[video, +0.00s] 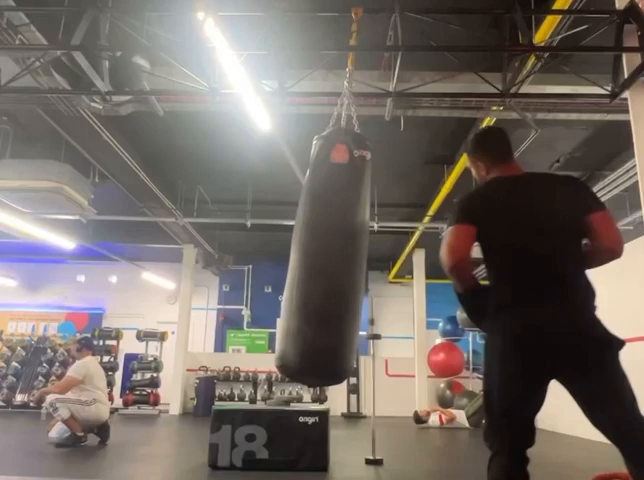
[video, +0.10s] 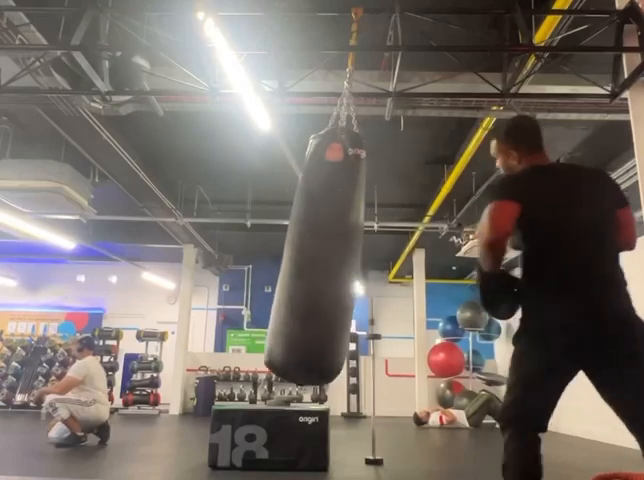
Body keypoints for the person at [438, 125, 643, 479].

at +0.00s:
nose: (473, 176)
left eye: (472, 169)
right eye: (472, 169)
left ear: (478, 165)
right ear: (511, 155)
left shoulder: (476, 202)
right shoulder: (568, 187)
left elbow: (453, 259)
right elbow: (612, 245)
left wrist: (475, 296)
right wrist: (567, 259)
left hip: (515, 340)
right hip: (579, 333)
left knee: (507, 450)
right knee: (633, 435)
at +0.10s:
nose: (498, 168)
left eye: (498, 159)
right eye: (496, 160)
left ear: (512, 154)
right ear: (541, 149)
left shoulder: (514, 186)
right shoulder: (598, 179)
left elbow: (494, 236)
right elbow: (628, 238)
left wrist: (492, 275)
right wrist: (582, 239)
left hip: (551, 326)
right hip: (612, 321)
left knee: (521, 426)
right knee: (643, 424)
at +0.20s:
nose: (521, 163)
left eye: (523, 153)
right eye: (519, 155)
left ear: (544, 149)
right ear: (563, 147)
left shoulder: (549, 178)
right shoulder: (620, 179)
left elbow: (537, 222)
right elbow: (633, 236)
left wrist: (516, 259)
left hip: (581, 314)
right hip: (633, 311)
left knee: (545, 415)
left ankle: (562, 475)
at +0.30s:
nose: (536, 154)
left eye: (541, 144)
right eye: (536, 145)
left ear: (567, 143)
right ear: (571, 144)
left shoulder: (576, 171)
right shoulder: (630, 177)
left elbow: (583, 214)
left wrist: (544, 251)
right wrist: (550, 250)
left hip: (598, 313)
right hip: (636, 311)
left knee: (571, 414)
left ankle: (602, 475)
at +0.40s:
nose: (546, 147)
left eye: (554, 138)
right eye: (547, 139)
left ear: (582, 140)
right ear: (585, 142)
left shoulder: (592, 170)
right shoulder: (626, 175)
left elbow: (617, 216)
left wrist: (568, 253)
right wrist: (570, 253)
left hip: (607, 311)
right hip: (635, 307)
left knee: (596, 418)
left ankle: (623, 473)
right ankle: (620, 470)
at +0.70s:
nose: (551, 162)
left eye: (555, 152)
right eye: (550, 155)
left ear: (583, 149)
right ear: (588, 152)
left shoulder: (597, 178)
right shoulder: (631, 181)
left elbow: (587, 224)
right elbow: (633, 244)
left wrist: (527, 252)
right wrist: (589, 267)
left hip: (615, 308)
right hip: (634, 306)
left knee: (606, 413)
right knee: (615, 406)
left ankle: (617, 470)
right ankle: (619, 468)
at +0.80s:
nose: (545, 169)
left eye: (548, 158)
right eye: (544, 160)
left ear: (573, 153)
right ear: (584, 155)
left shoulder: (581, 186)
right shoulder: (635, 185)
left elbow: (535, 227)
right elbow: (631, 246)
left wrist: (487, 235)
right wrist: (584, 267)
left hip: (609, 315)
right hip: (643, 311)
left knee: (606, 421)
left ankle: (619, 472)